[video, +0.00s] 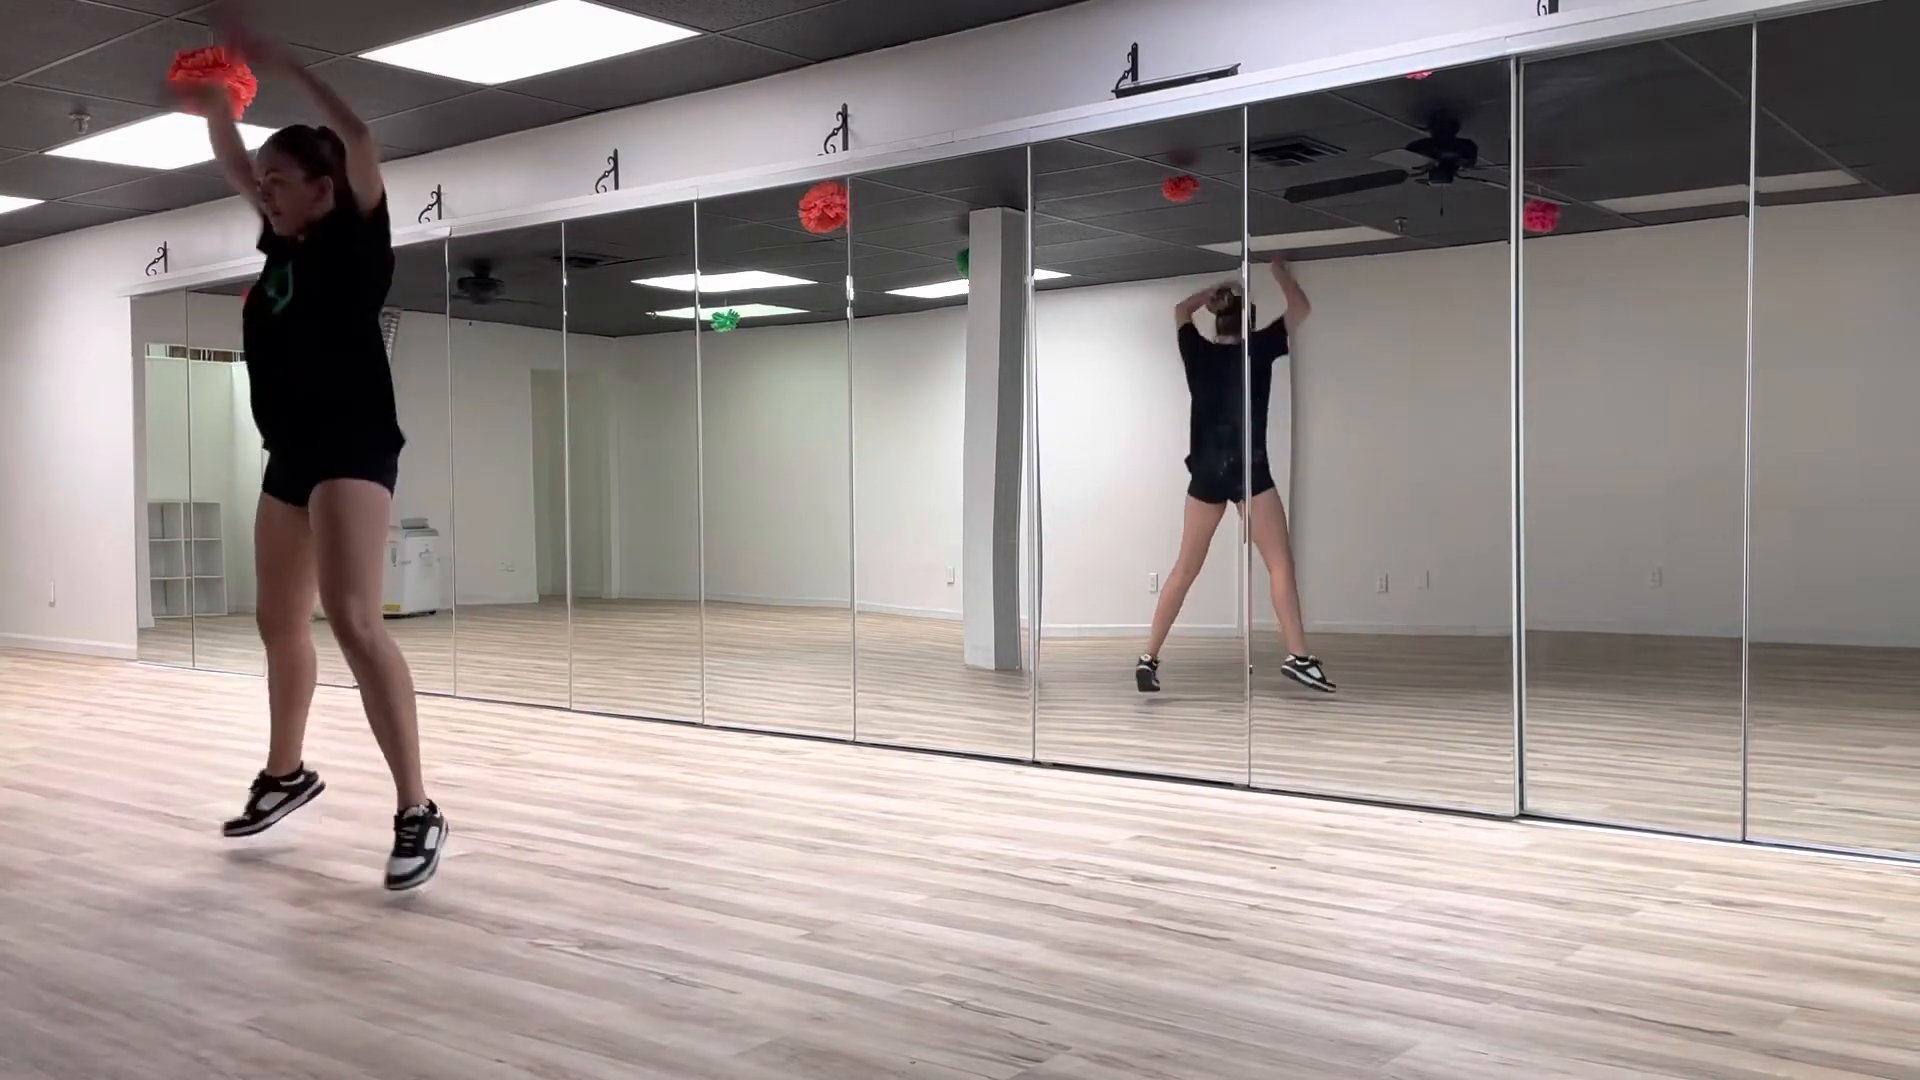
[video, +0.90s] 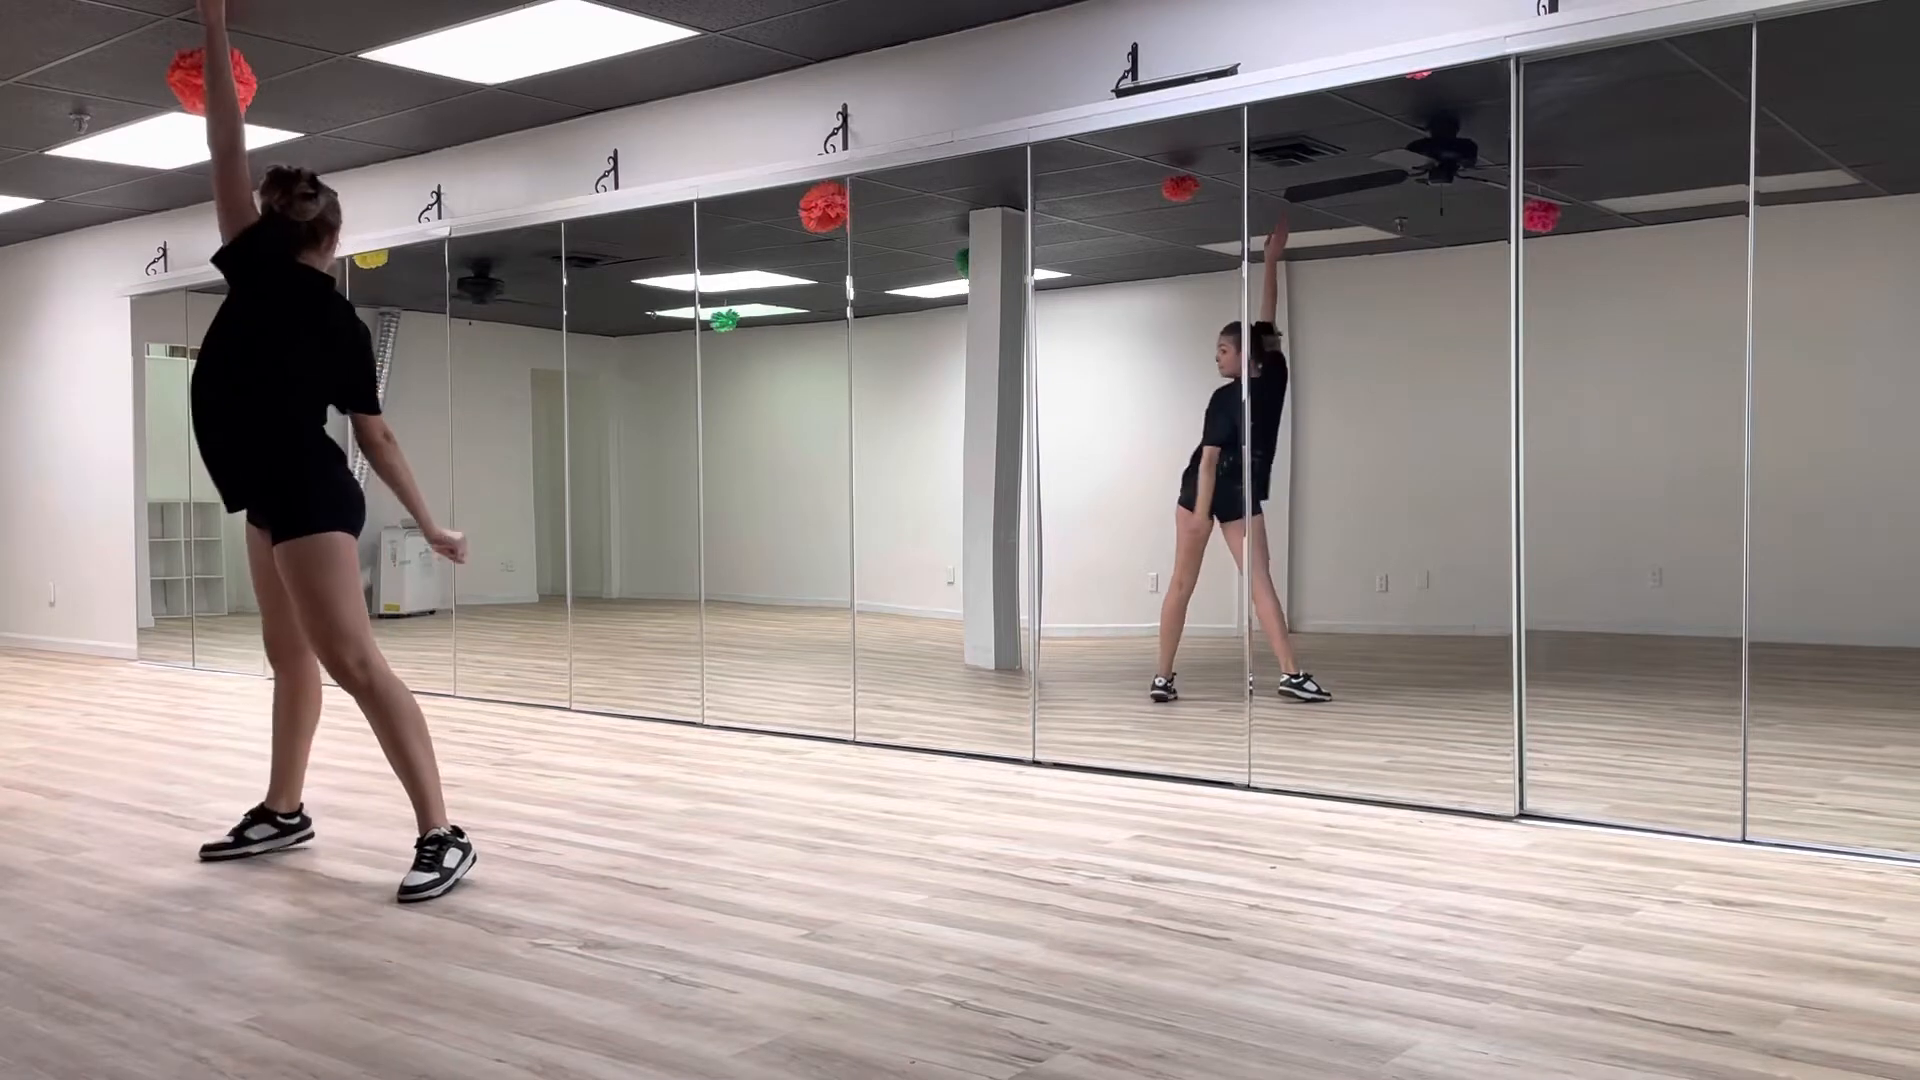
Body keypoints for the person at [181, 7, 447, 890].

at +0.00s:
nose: (266, 195)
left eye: (279, 182)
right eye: (261, 184)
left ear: (323, 182)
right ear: (268, 189)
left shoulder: (358, 234)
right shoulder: (281, 241)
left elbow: (354, 130)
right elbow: (235, 164)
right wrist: (216, 90)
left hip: (355, 448)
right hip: (290, 453)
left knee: (355, 620)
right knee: (280, 619)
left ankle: (415, 810)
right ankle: (286, 771)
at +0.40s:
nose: (269, 231)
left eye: (281, 216)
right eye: (264, 219)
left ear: (324, 214)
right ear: (272, 227)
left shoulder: (352, 278)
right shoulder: (290, 287)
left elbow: (304, 161)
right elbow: (251, 179)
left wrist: (282, 43)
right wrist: (265, 74)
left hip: (351, 490)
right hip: (291, 498)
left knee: (388, 664)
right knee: (280, 662)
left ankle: (446, 839)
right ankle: (291, 811)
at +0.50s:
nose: (252, 229)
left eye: (263, 216)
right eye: (250, 218)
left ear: (303, 211)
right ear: (269, 223)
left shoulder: (344, 271)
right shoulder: (288, 296)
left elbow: (294, 157)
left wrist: (263, 41)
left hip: (352, 488)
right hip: (295, 497)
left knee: (375, 662)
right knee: (262, 656)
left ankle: (445, 837)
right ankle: (283, 801)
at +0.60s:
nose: (269, 201)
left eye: (277, 187)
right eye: (267, 191)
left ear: (310, 190)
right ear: (303, 197)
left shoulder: (330, 254)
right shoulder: (299, 273)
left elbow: (271, 136)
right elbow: (262, 170)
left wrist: (241, 27)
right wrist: (237, 81)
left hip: (349, 481)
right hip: (299, 489)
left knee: (362, 658)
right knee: (251, 637)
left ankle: (442, 836)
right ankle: (260, 785)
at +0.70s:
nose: (254, 189)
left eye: (264, 174)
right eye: (258, 178)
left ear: (292, 190)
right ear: (327, 201)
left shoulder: (298, 244)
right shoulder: (350, 287)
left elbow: (248, 126)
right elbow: (384, 399)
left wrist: (226, 23)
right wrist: (335, 364)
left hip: (335, 476)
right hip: (294, 481)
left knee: (362, 654)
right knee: (258, 634)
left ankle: (441, 832)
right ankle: (257, 789)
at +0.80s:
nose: (249, 198)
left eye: (256, 187)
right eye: (253, 190)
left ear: (273, 202)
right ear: (335, 214)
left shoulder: (268, 247)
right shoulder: (355, 304)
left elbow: (231, 129)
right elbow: (392, 421)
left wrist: (220, 24)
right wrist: (378, 494)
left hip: (309, 483)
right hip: (288, 488)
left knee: (364, 657)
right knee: (281, 646)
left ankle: (442, 832)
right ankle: (275, 804)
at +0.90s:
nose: (263, 209)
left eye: (270, 206)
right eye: (334, 235)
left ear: (272, 222)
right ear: (333, 239)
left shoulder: (257, 260)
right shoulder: (338, 319)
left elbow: (225, 139)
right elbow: (374, 437)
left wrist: (215, 25)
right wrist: (430, 524)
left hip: (304, 493)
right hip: (271, 498)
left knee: (354, 661)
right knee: (291, 656)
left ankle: (440, 834)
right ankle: (283, 811)